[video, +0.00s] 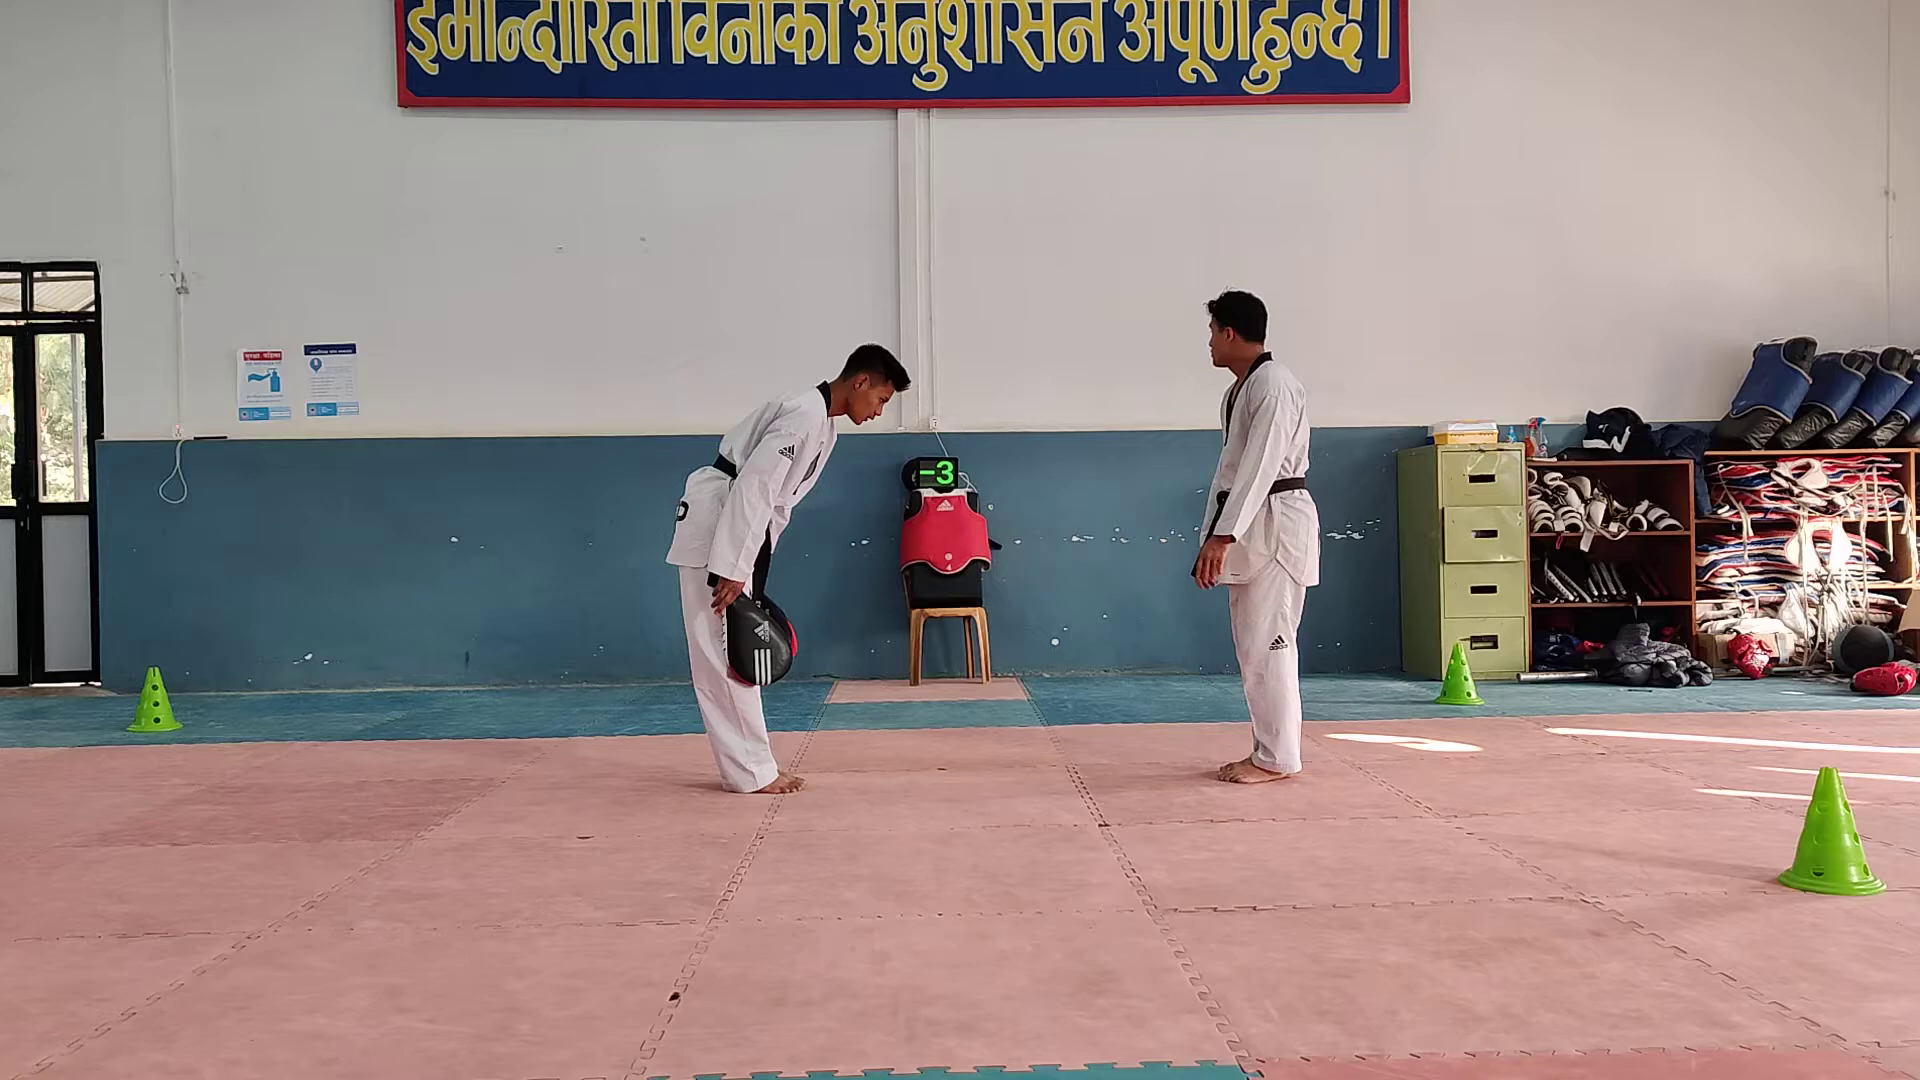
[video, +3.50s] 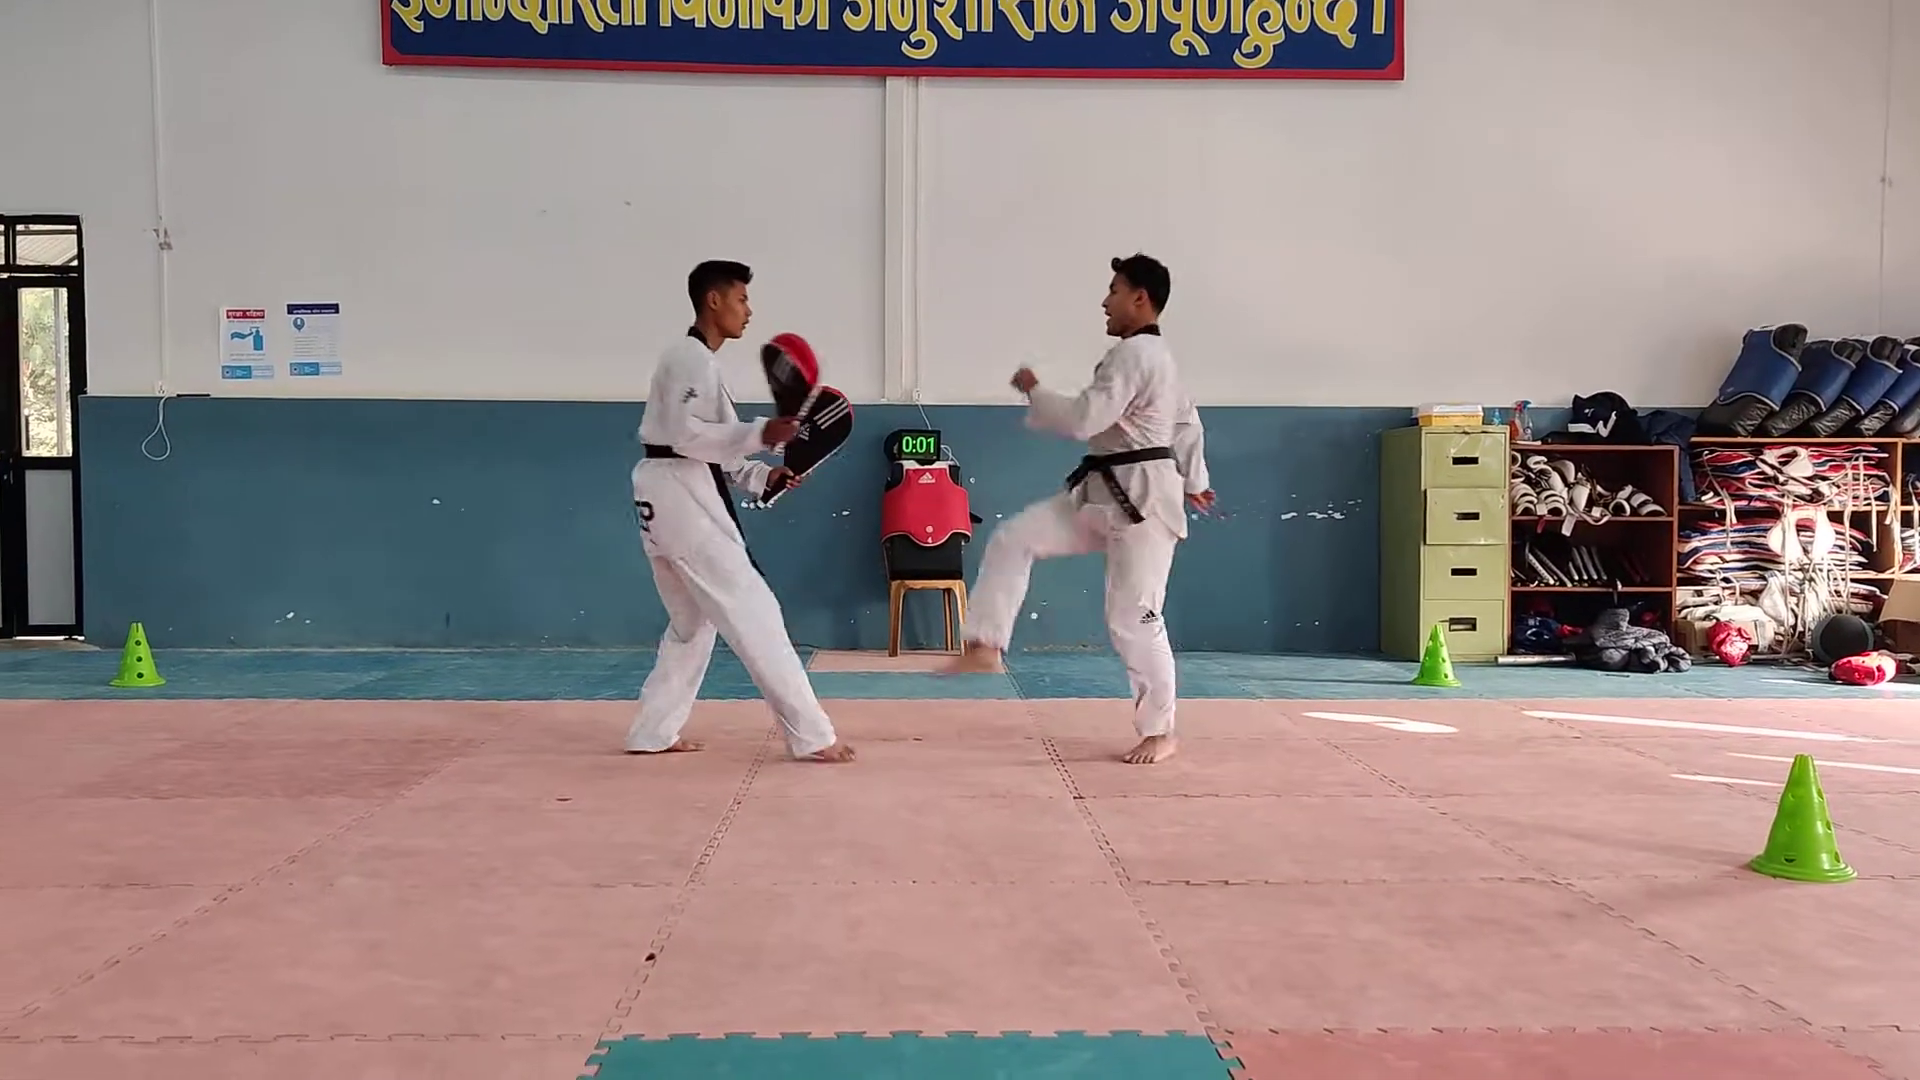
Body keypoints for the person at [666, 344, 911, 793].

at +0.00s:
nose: (880, 411)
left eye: (886, 403)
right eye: (881, 399)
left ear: (859, 385)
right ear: (860, 381)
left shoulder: (822, 427)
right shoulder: (805, 415)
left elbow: (778, 505)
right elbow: (751, 488)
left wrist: (753, 578)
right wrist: (735, 567)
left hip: (733, 526)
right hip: (712, 524)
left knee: (735, 648)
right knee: (721, 650)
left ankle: (754, 767)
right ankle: (748, 772)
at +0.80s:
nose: (850, 340)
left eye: (850, 329)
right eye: (844, 328)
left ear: (813, 330)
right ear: (818, 329)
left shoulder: (789, 382)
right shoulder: (791, 386)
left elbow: (776, 484)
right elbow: (763, 475)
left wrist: (788, 561)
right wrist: (751, 552)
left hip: (747, 531)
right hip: (742, 534)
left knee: (752, 656)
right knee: (745, 656)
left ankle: (747, 770)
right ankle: (740, 774)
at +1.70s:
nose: (781, 304)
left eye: (776, 294)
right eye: (772, 296)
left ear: (741, 308)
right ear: (748, 305)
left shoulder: (719, 368)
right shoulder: (763, 361)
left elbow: (730, 457)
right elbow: (768, 451)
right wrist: (780, 524)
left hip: (726, 506)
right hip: (760, 506)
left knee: (738, 629)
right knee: (800, 625)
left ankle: (731, 753)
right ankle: (760, 751)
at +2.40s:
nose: (814, 298)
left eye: (810, 287)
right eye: (806, 288)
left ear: (771, 298)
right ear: (780, 295)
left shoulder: (726, 357)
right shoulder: (801, 356)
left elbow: (698, 433)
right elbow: (818, 447)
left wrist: (729, 487)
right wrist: (844, 525)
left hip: (729, 494)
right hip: (779, 491)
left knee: (724, 627)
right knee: (794, 627)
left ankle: (708, 748)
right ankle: (802, 757)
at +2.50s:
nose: (825, 302)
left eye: (823, 292)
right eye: (818, 293)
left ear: (782, 300)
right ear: (793, 298)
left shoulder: (734, 353)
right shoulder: (807, 358)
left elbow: (700, 425)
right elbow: (838, 448)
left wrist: (727, 473)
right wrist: (892, 508)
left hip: (726, 487)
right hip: (773, 487)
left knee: (723, 624)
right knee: (789, 622)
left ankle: (706, 749)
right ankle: (798, 758)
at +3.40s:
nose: (779, 318)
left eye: (778, 308)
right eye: (772, 308)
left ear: (737, 314)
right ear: (744, 311)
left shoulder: (691, 370)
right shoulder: (741, 371)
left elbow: (709, 457)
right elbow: (765, 448)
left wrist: (768, 468)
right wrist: (841, 447)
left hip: (677, 502)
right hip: (717, 504)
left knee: (702, 626)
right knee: (772, 620)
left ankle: (648, 735)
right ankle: (807, 749)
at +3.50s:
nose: (749, 309)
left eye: (748, 299)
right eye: (741, 299)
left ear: (716, 304)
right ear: (711, 301)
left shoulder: (699, 363)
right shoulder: (692, 358)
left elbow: (710, 450)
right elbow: (685, 435)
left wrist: (764, 478)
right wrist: (759, 434)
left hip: (659, 489)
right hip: (679, 487)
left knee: (692, 619)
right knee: (751, 603)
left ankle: (653, 733)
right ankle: (811, 737)